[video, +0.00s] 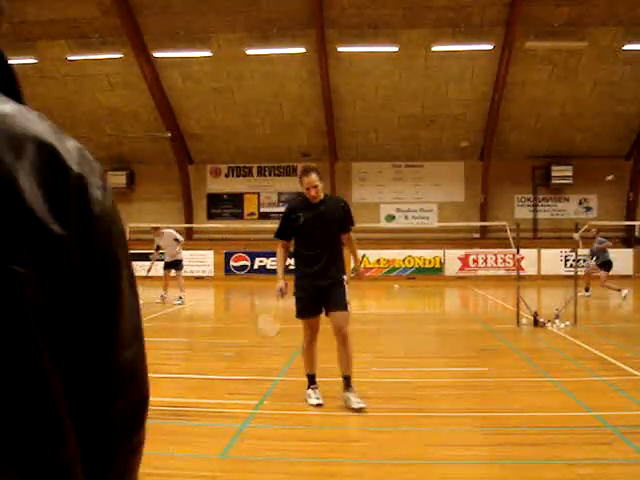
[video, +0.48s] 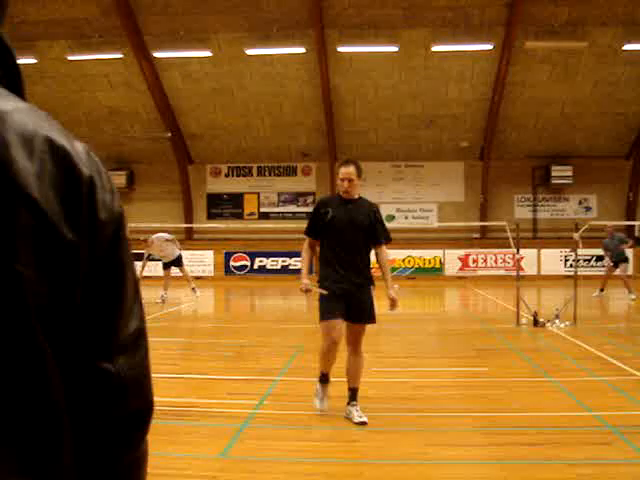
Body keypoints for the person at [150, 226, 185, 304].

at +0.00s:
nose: (154, 234)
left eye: (155, 232)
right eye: (153, 233)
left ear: (159, 230)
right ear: (154, 232)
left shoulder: (170, 233)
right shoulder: (157, 239)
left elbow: (181, 241)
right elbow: (155, 254)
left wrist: (176, 251)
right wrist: (150, 267)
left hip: (177, 257)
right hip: (168, 258)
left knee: (178, 276)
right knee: (166, 276)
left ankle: (182, 296)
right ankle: (164, 294)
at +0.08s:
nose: (153, 238)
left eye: (153, 236)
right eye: (151, 238)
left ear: (154, 233)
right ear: (150, 237)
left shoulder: (166, 233)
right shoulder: (153, 242)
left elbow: (178, 239)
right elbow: (150, 256)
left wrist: (179, 250)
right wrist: (144, 271)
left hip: (176, 255)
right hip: (166, 257)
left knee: (178, 275)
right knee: (165, 276)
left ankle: (180, 295)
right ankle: (164, 294)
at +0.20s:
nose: (148, 242)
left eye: (148, 240)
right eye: (146, 241)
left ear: (150, 236)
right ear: (146, 241)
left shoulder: (161, 234)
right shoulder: (150, 247)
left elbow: (174, 238)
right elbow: (146, 258)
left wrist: (181, 246)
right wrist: (142, 269)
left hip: (175, 254)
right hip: (165, 257)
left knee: (179, 274)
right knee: (165, 276)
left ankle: (184, 293)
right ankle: (164, 294)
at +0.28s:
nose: (147, 243)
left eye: (147, 240)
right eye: (145, 242)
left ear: (150, 237)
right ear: (145, 242)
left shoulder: (159, 235)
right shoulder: (148, 248)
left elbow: (174, 237)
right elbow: (145, 259)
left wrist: (178, 245)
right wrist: (141, 268)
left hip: (174, 254)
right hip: (165, 258)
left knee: (181, 274)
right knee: (165, 276)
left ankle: (187, 291)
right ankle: (164, 294)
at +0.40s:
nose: (147, 245)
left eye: (147, 242)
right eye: (146, 244)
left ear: (150, 239)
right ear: (145, 243)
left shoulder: (158, 237)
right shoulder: (149, 249)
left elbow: (173, 238)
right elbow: (144, 261)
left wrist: (178, 246)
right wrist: (140, 272)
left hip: (175, 255)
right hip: (165, 259)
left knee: (183, 272)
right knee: (166, 276)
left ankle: (192, 288)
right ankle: (164, 294)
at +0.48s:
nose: (146, 245)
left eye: (146, 242)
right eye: (145, 244)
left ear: (149, 239)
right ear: (144, 243)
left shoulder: (158, 237)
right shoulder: (148, 249)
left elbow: (173, 238)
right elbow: (145, 261)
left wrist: (178, 246)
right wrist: (141, 272)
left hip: (175, 255)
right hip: (165, 259)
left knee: (184, 272)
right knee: (166, 276)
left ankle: (193, 287)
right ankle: (165, 294)